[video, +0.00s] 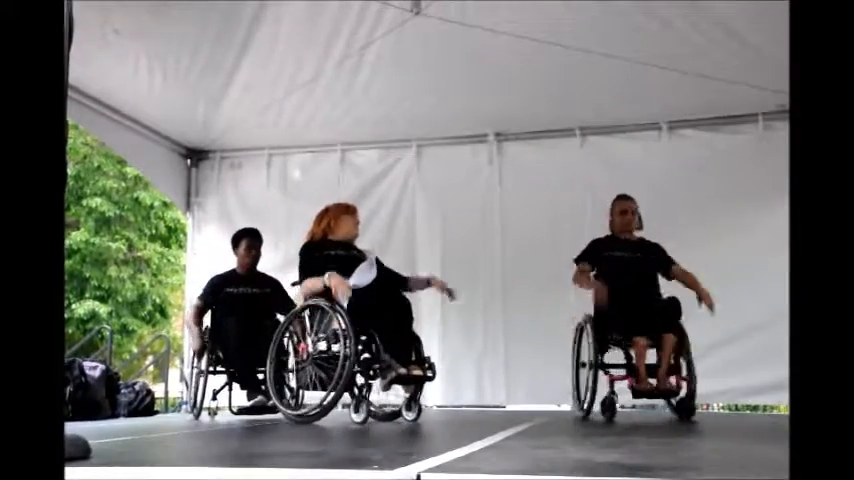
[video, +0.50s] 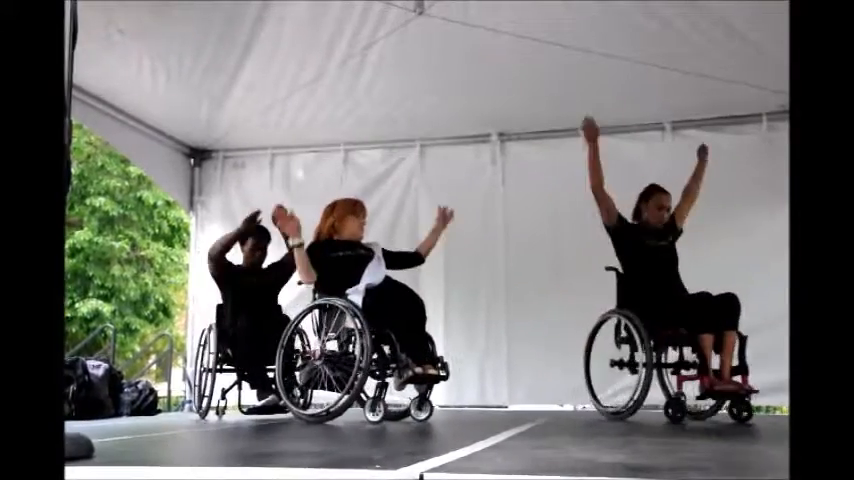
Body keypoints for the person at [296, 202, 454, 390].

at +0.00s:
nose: (358, 222)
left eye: (357, 218)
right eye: (352, 218)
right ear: (334, 222)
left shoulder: (360, 255)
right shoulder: (313, 250)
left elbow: (396, 281)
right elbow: (306, 286)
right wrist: (329, 278)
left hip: (369, 303)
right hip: (332, 311)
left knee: (400, 304)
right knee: (381, 308)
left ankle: (406, 362)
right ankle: (388, 364)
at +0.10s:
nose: (356, 231)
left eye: (358, 226)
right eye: (351, 226)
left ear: (358, 226)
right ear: (332, 227)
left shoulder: (364, 255)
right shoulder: (315, 248)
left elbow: (408, 270)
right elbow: (308, 276)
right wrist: (326, 258)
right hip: (332, 311)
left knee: (401, 304)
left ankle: (409, 361)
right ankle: (394, 363)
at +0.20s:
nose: (361, 220)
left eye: (361, 216)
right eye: (356, 216)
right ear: (339, 220)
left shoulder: (367, 252)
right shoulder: (319, 244)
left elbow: (411, 256)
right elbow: (310, 261)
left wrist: (431, 230)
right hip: (336, 305)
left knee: (403, 306)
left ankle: (414, 362)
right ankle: (402, 363)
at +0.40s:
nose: (363, 221)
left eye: (363, 217)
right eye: (357, 216)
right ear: (337, 221)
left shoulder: (370, 251)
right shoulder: (325, 248)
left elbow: (414, 246)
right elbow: (310, 256)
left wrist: (425, 207)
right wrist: (314, 212)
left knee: (409, 306)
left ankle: (419, 361)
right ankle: (412, 362)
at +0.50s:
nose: (364, 222)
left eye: (364, 218)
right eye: (358, 217)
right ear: (337, 221)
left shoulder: (371, 252)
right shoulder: (320, 249)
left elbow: (415, 258)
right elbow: (308, 277)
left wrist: (439, 228)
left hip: (375, 308)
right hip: (341, 311)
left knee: (412, 305)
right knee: (396, 312)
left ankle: (421, 362)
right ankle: (413, 363)